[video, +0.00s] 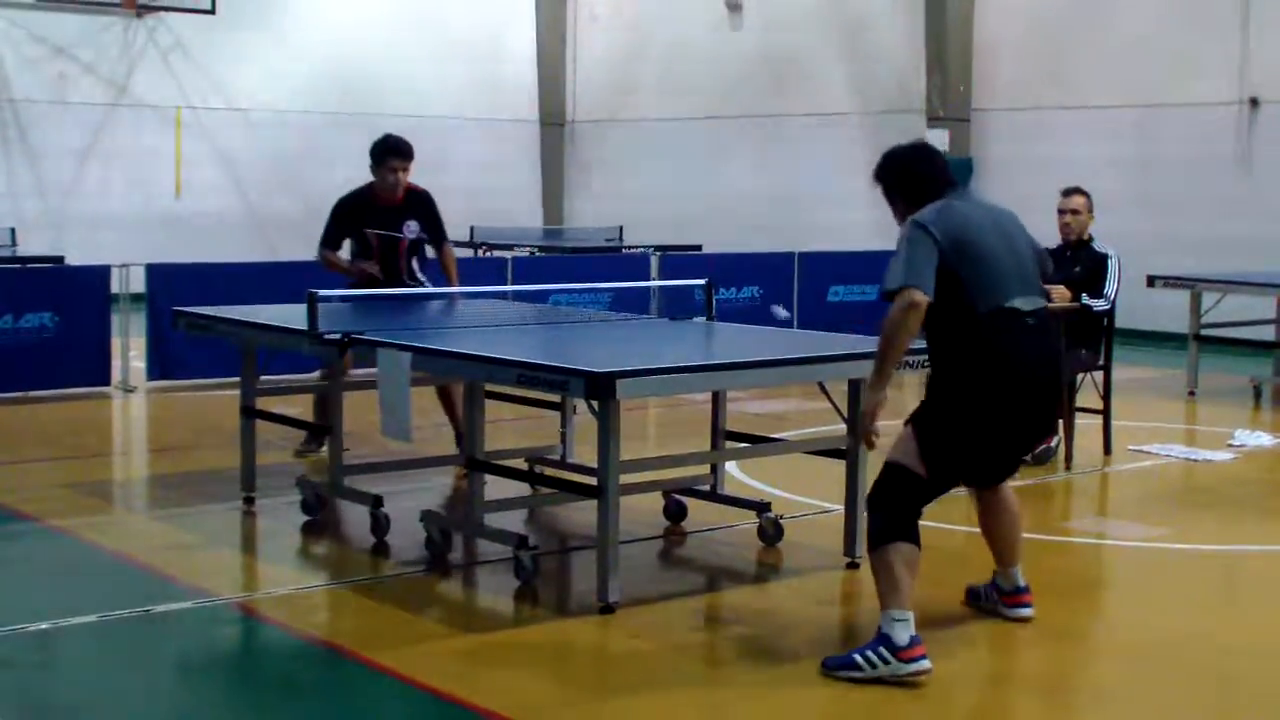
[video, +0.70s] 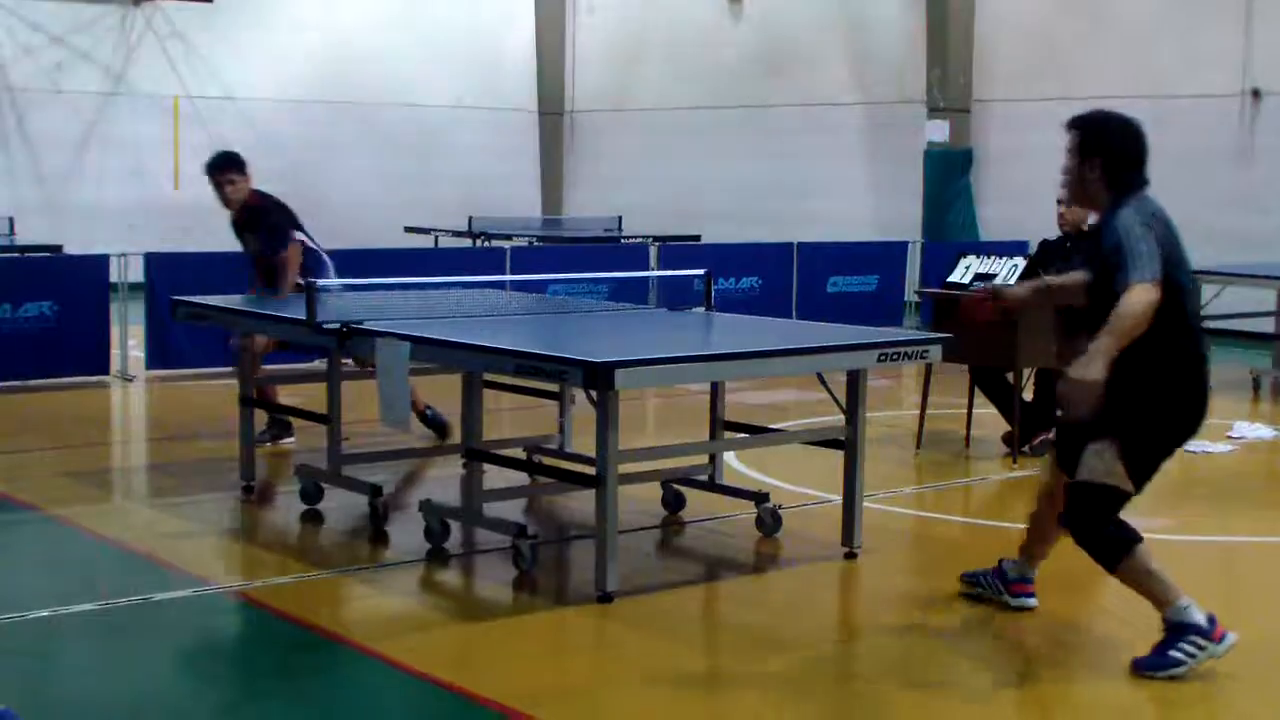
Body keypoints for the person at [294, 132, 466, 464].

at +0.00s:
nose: (400, 179)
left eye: (405, 171)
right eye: (392, 171)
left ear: (411, 170)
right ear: (374, 170)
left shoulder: (421, 202)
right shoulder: (350, 205)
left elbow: (443, 248)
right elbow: (325, 254)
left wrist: (454, 290)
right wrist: (351, 269)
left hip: (415, 301)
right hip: (365, 302)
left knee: (441, 360)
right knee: (334, 361)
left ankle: (463, 436)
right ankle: (318, 433)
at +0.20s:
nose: (380, 175)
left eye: (384, 167)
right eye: (371, 167)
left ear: (389, 166)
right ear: (354, 168)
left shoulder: (401, 200)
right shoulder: (330, 204)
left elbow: (422, 248)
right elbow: (305, 254)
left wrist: (425, 291)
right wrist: (323, 278)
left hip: (398, 299)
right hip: (349, 300)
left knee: (437, 352)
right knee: (323, 359)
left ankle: (446, 428)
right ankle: (316, 431)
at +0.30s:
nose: (372, 182)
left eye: (377, 174)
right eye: (363, 175)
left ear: (382, 174)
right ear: (347, 177)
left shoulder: (398, 209)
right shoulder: (327, 214)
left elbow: (420, 253)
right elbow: (304, 258)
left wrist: (417, 297)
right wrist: (301, 294)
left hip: (395, 309)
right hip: (345, 309)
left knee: (434, 353)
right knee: (316, 356)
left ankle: (442, 429)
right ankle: (314, 431)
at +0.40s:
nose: (355, 194)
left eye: (359, 186)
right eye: (347, 188)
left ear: (367, 186)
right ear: (333, 190)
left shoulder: (388, 221)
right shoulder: (320, 228)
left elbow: (408, 271)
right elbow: (303, 277)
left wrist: (399, 313)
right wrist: (288, 312)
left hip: (388, 317)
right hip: (342, 318)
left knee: (430, 361)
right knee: (304, 364)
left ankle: (443, 431)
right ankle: (303, 433)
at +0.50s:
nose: (318, 198)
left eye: (324, 189)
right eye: (310, 192)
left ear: (336, 188)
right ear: (303, 195)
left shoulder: (354, 219)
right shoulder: (301, 231)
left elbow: (366, 273)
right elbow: (301, 281)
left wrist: (345, 307)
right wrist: (295, 309)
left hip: (361, 312)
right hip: (318, 314)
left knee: (409, 361)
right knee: (284, 353)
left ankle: (447, 425)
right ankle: (281, 428)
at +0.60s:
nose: (267, 201)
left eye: (273, 193)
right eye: (260, 195)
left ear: (287, 190)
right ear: (255, 198)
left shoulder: (306, 219)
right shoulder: (271, 234)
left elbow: (305, 269)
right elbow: (292, 277)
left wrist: (275, 295)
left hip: (350, 304)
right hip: (313, 309)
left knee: (393, 363)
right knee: (269, 353)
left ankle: (449, 419)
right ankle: (279, 426)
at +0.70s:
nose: (226, 192)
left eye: (232, 184)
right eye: (219, 186)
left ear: (247, 181)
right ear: (215, 188)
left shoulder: (268, 207)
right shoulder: (240, 219)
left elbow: (294, 250)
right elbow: (260, 265)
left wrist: (282, 300)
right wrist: (257, 306)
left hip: (319, 287)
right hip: (283, 292)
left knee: (363, 353)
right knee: (247, 350)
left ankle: (423, 410)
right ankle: (277, 420)